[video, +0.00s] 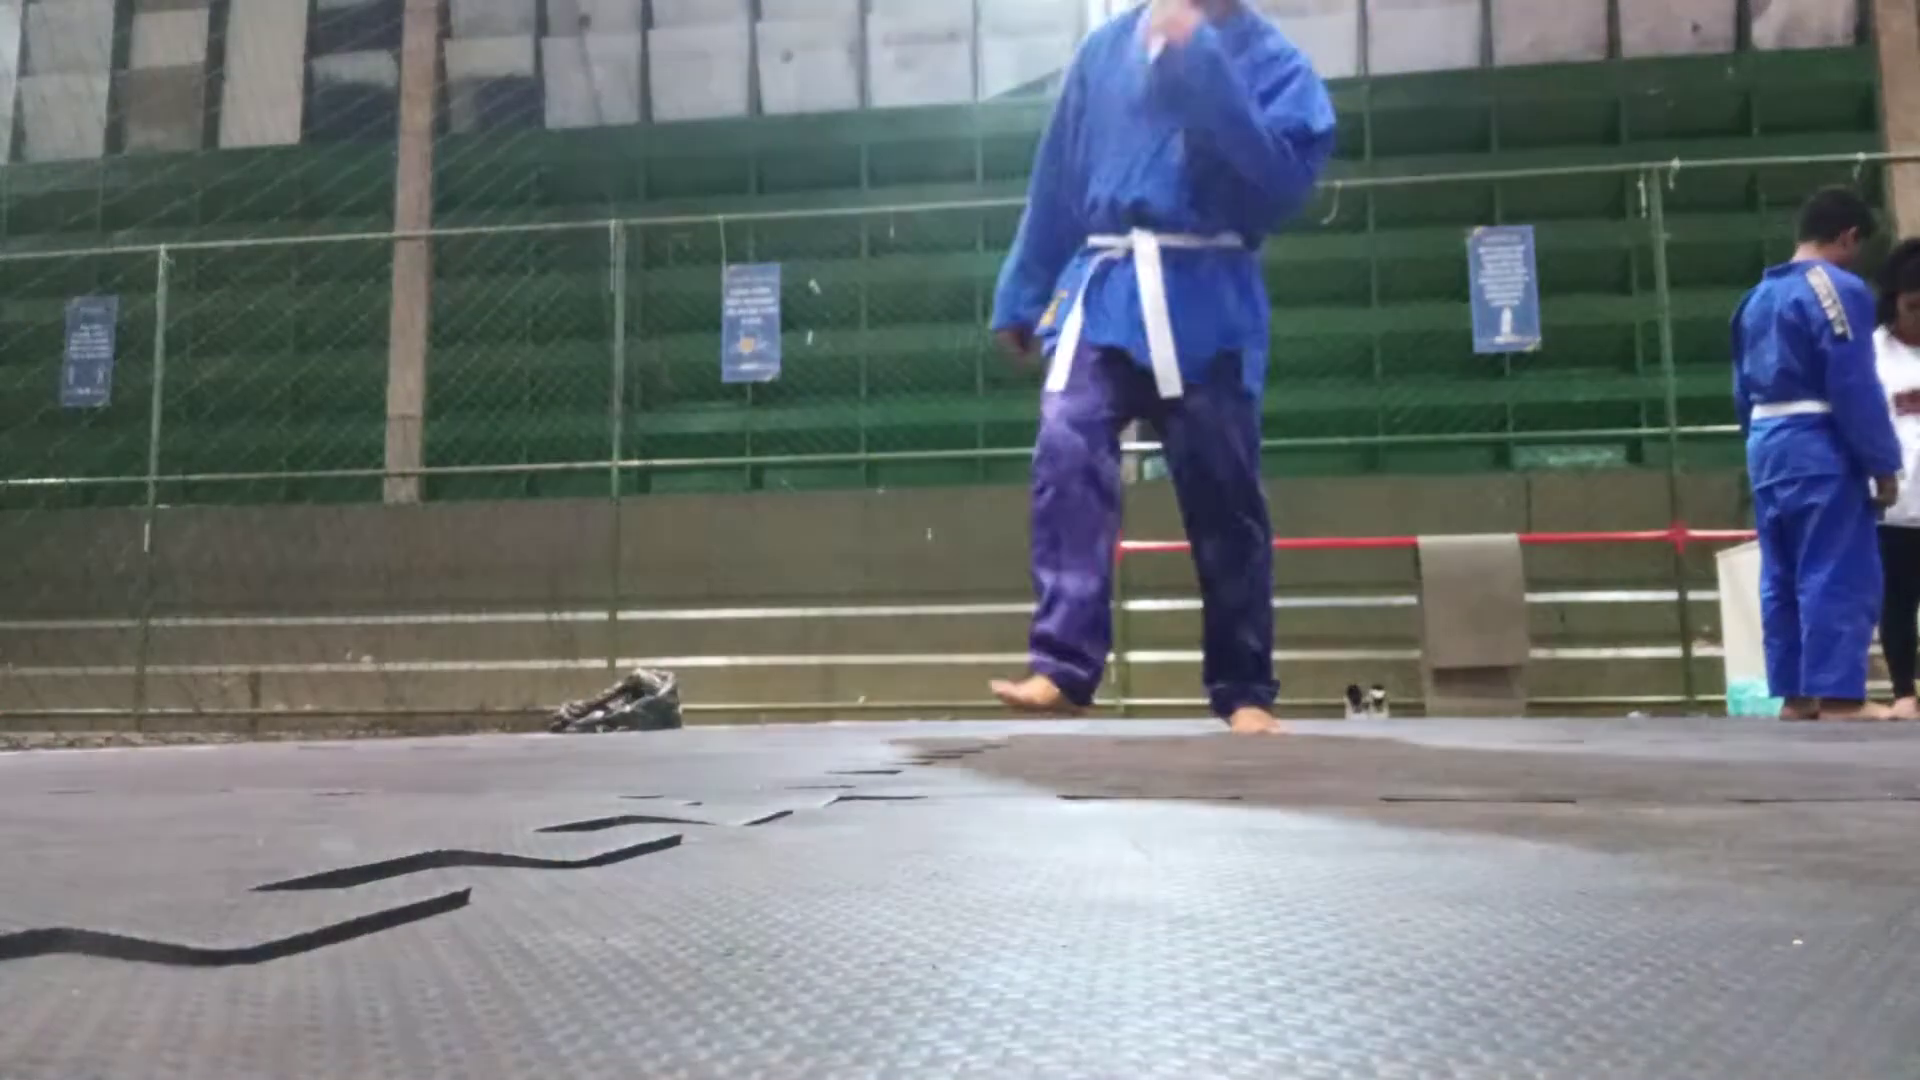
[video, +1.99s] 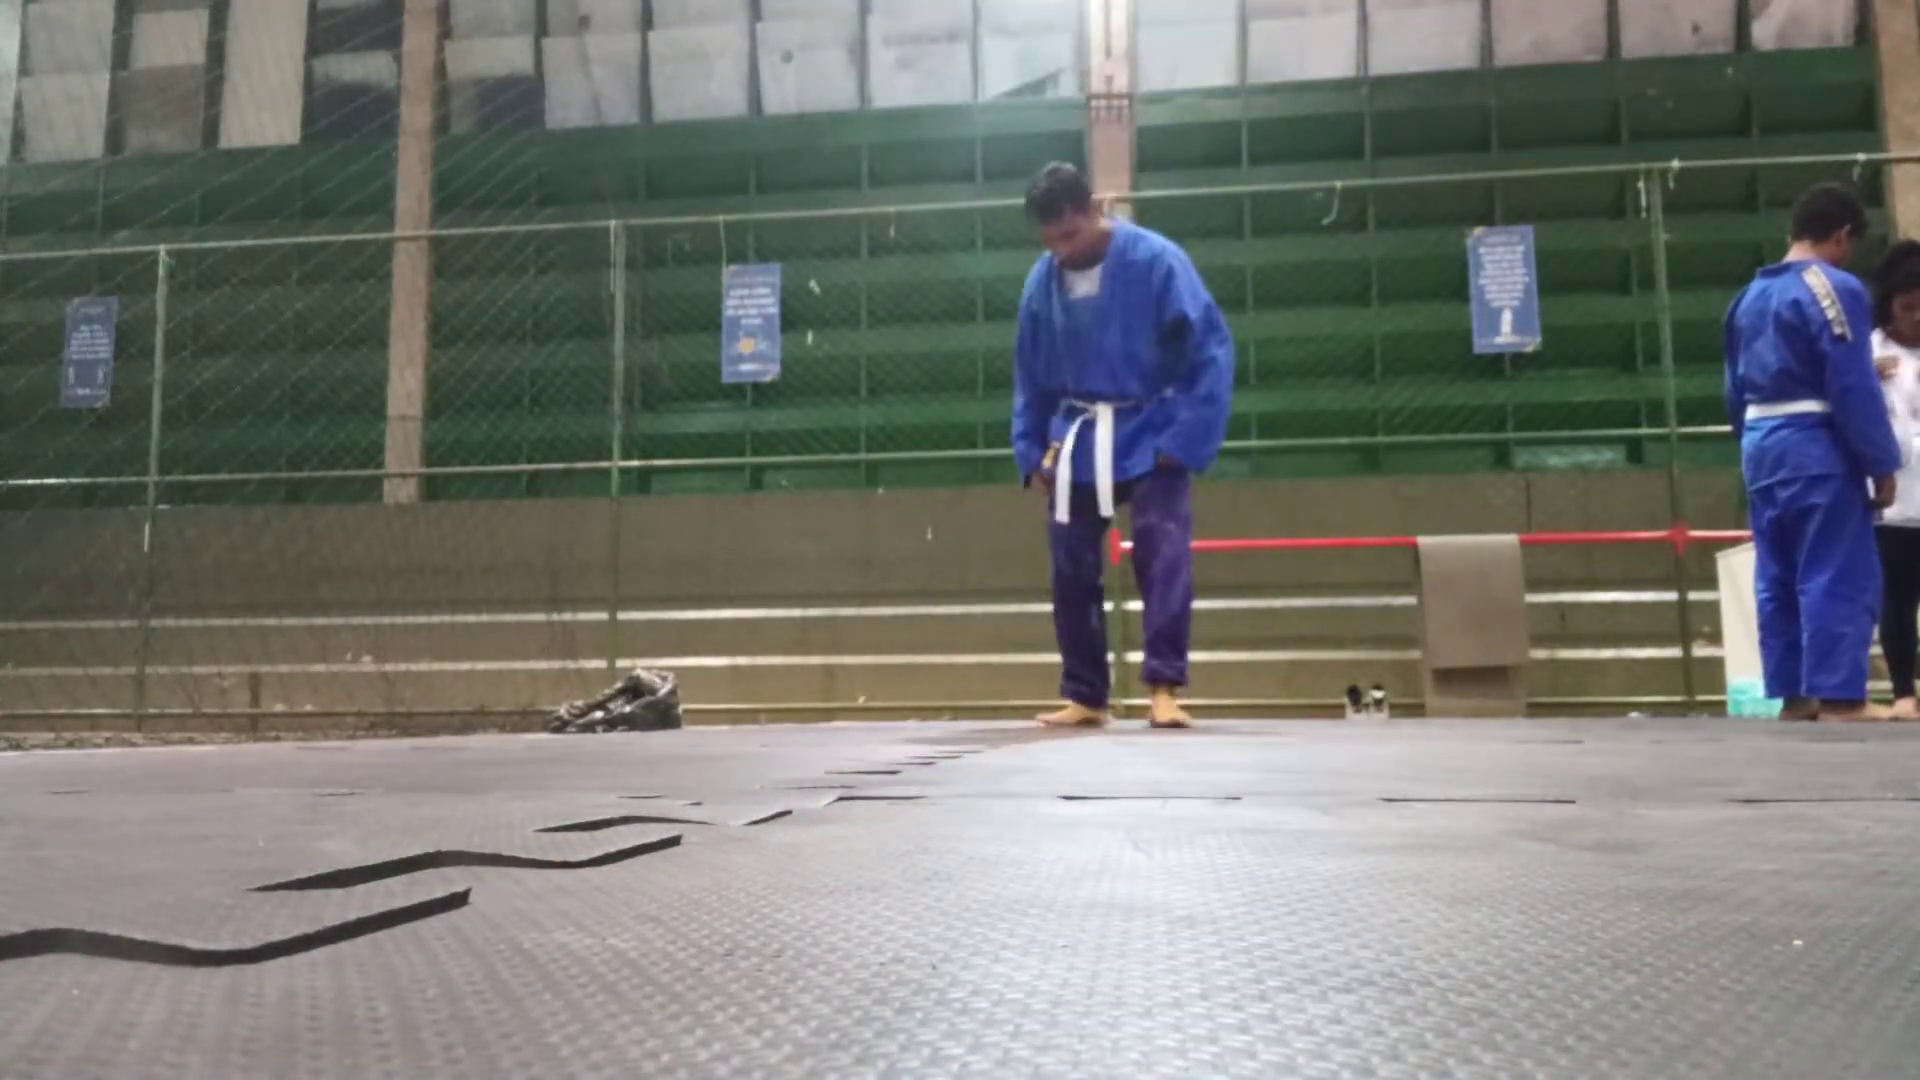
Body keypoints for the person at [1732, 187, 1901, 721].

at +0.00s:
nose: (1857, 255)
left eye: (1860, 247)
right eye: (1859, 245)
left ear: (1803, 234)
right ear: (1846, 236)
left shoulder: (1757, 297)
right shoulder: (1837, 290)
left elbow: (1745, 392)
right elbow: (1853, 388)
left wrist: (1765, 446)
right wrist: (1885, 464)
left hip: (1765, 441)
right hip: (1817, 440)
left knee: (1784, 573)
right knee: (1838, 568)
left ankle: (1795, 696)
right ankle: (1838, 698)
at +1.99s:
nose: (1849, 252)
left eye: (1852, 244)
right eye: (1851, 242)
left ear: (1795, 231)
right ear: (1840, 235)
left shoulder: (1751, 295)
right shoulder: (1833, 289)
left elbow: (1737, 391)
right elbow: (1853, 387)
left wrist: (1757, 444)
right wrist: (1883, 464)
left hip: (1759, 440)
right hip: (1814, 438)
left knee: (1778, 575)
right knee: (1839, 569)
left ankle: (1791, 696)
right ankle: (1838, 698)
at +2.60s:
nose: (1853, 252)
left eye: (1855, 244)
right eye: (1855, 242)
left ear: (1798, 231)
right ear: (1843, 235)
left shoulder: (1753, 295)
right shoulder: (1836, 289)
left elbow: (1740, 392)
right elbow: (1855, 387)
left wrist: (1760, 446)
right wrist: (1886, 464)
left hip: (1762, 442)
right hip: (1818, 440)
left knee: (1782, 576)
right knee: (1840, 572)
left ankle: (1794, 699)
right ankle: (1839, 701)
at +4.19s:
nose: (1857, 251)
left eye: (1860, 242)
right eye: (1858, 241)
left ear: (1800, 231)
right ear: (1844, 234)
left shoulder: (1756, 295)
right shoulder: (1838, 289)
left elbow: (1742, 392)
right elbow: (1856, 388)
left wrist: (1762, 445)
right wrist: (1885, 465)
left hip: (1764, 439)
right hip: (1819, 437)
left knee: (1783, 573)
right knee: (1839, 569)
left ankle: (1794, 697)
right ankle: (1839, 699)